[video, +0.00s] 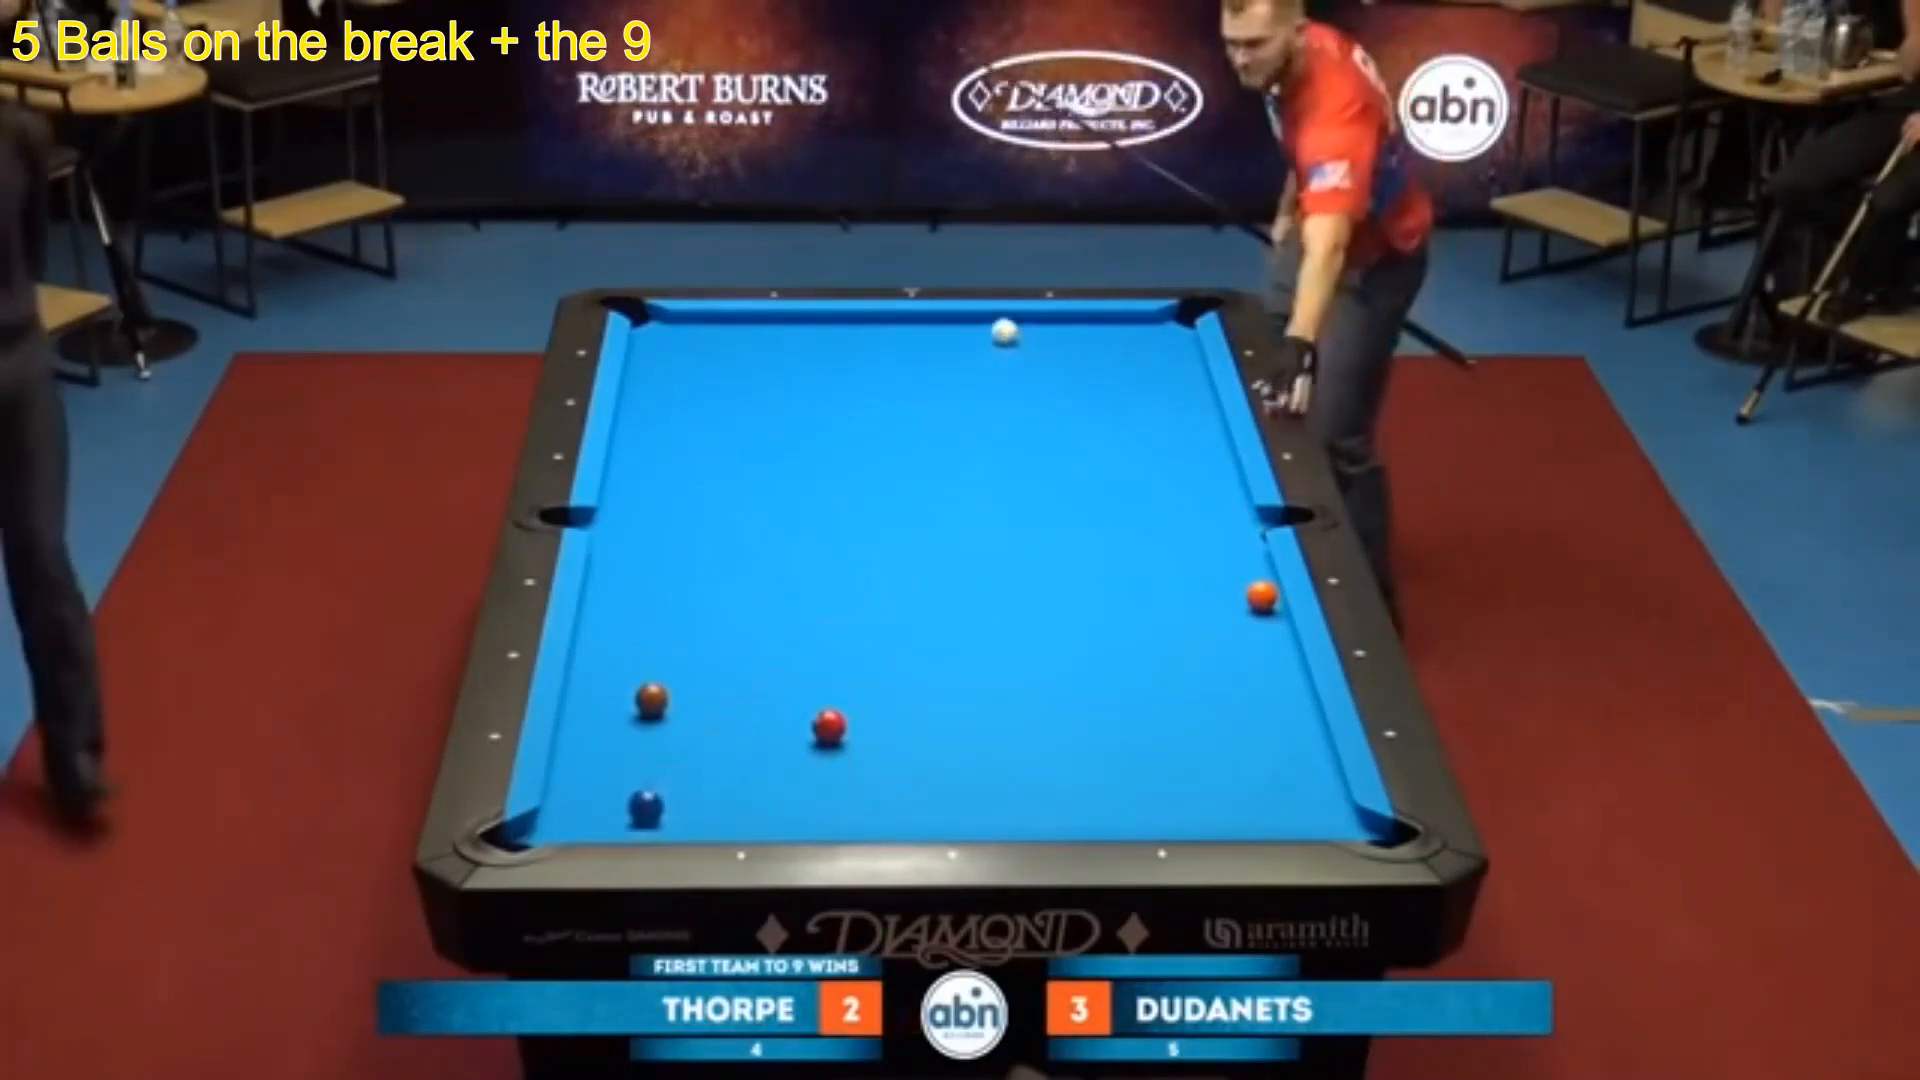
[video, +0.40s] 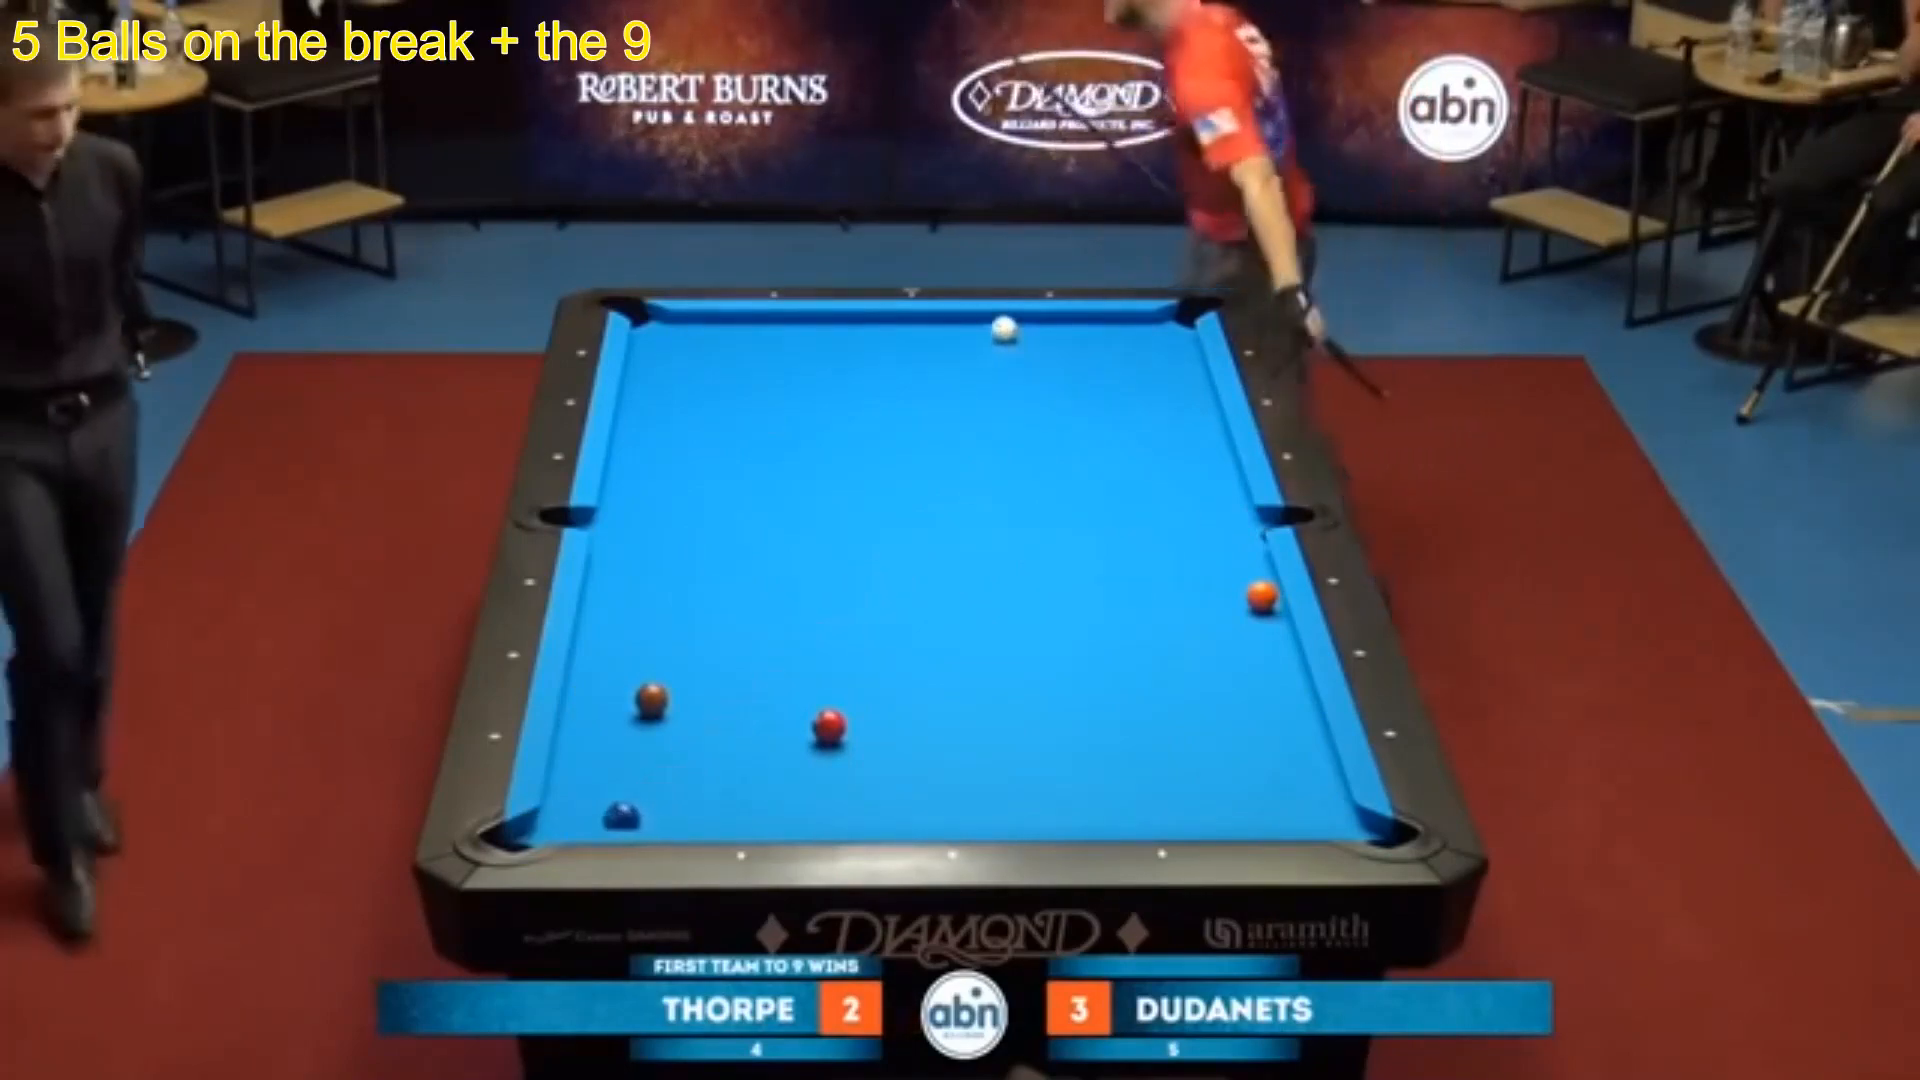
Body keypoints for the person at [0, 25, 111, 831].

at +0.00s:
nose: (18, 44)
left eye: (17, 39)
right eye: (18, 38)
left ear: (11, 54)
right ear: (11, 48)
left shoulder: (24, 135)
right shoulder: (22, 135)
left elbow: (30, 248)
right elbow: (33, 248)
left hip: (16, 349)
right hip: (19, 350)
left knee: (39, 558)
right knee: (40, 559)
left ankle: (77, 760)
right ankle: (77, 762)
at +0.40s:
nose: (55, 130)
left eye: (65, 111)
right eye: (37, 115)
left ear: (81, 103)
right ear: (1, 113)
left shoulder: (111, 171)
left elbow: (126, 281)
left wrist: (131, 355)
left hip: (101, 422)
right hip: (12, 436)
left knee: (92, 632)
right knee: (52, 649)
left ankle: (84, 785)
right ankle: (62, 853)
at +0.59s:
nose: (97, 185)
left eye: (105, 166)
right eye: (77, 173)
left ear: (115, 151)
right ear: (20, 172)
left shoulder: (150, 220)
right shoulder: (8, 249)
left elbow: (171, 338)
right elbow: (10, 384)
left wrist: (141, 420)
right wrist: (38, 455)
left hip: (150, 481)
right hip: (46, 499)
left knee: (127, 666)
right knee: (103, 711)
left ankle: (76, 759)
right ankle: (144, 930)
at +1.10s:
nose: (322, 304)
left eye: (328, 282)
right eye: (303, 285)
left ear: (331, 266)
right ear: (238, 270)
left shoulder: (324, 362)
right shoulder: (144, 366)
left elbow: (414, 471)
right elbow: (57, 512)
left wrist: (510, 578)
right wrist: (64, 658)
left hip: (272, 626)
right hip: (159, 640)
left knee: (325, 861)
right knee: (177, 836)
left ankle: (378, 1058)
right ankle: (176, 979)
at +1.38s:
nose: (472, 381)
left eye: (481, 362)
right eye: (464, 360)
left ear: (418, 329)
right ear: (403, 325)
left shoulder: (436, 428)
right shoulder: (250, 398)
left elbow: (501, 558)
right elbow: (121, 515)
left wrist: (591, 678)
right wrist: (86, 660)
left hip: (327, 673)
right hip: (208, 683)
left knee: (371, 928)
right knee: (242, 941)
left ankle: (391, 1073)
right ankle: (231, 1079)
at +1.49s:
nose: (504, 407)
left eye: (514, 390)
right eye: (498, 388)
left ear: (448, 357)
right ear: (439, 353)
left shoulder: (456, 458)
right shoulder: (280, 424)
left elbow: (484, 599)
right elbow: (143, 539)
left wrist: (568, 702)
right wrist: (90, 677)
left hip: (350, 705)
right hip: (232, 715)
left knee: (379, 957)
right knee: (259, 980)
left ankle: (391, 1077)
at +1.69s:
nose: (529, 460)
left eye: (539, 442)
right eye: (532, 439)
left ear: (483, 416)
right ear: (486, 416)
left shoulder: (455, 512)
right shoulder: (309, 497)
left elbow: (444, 669)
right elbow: (159, 635)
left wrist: (542, 750)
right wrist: (115, 785)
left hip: (353, 777)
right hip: (241, 791)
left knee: (379, 1021)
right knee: (273, 1037)